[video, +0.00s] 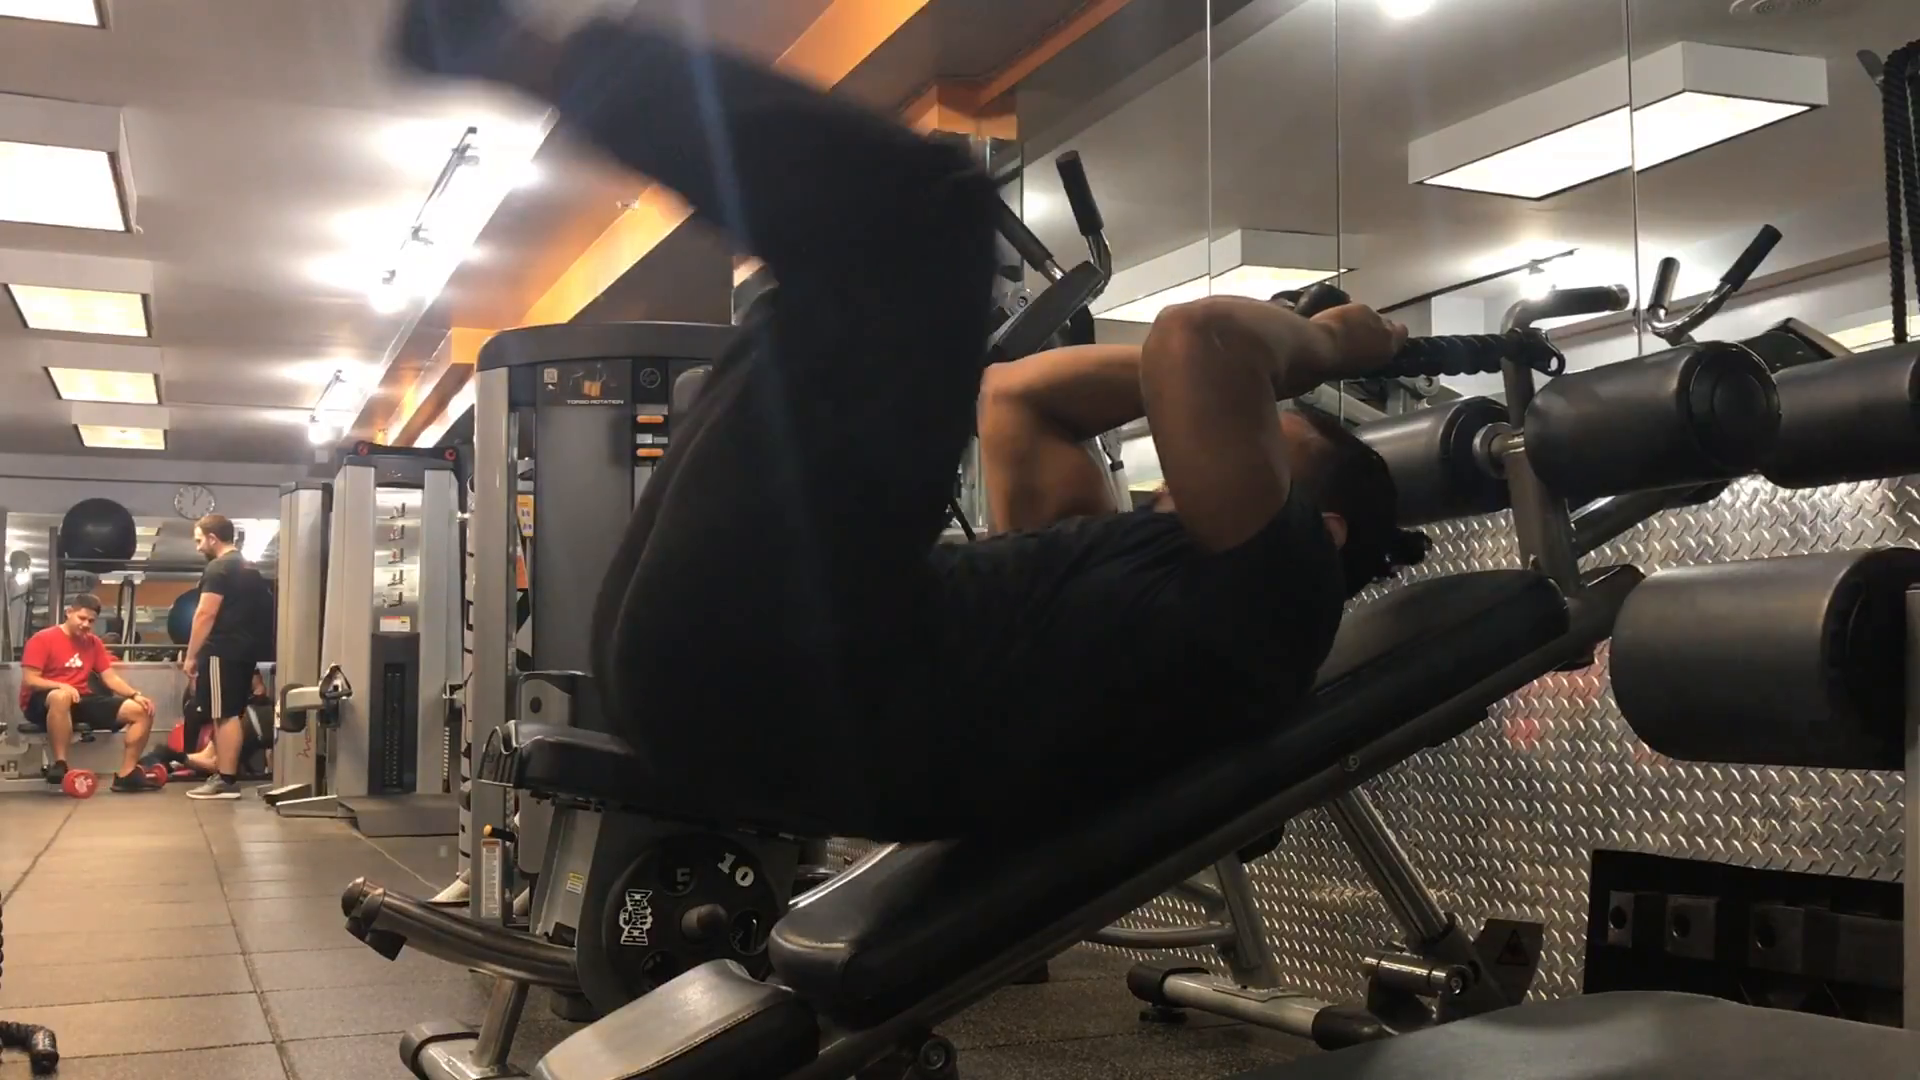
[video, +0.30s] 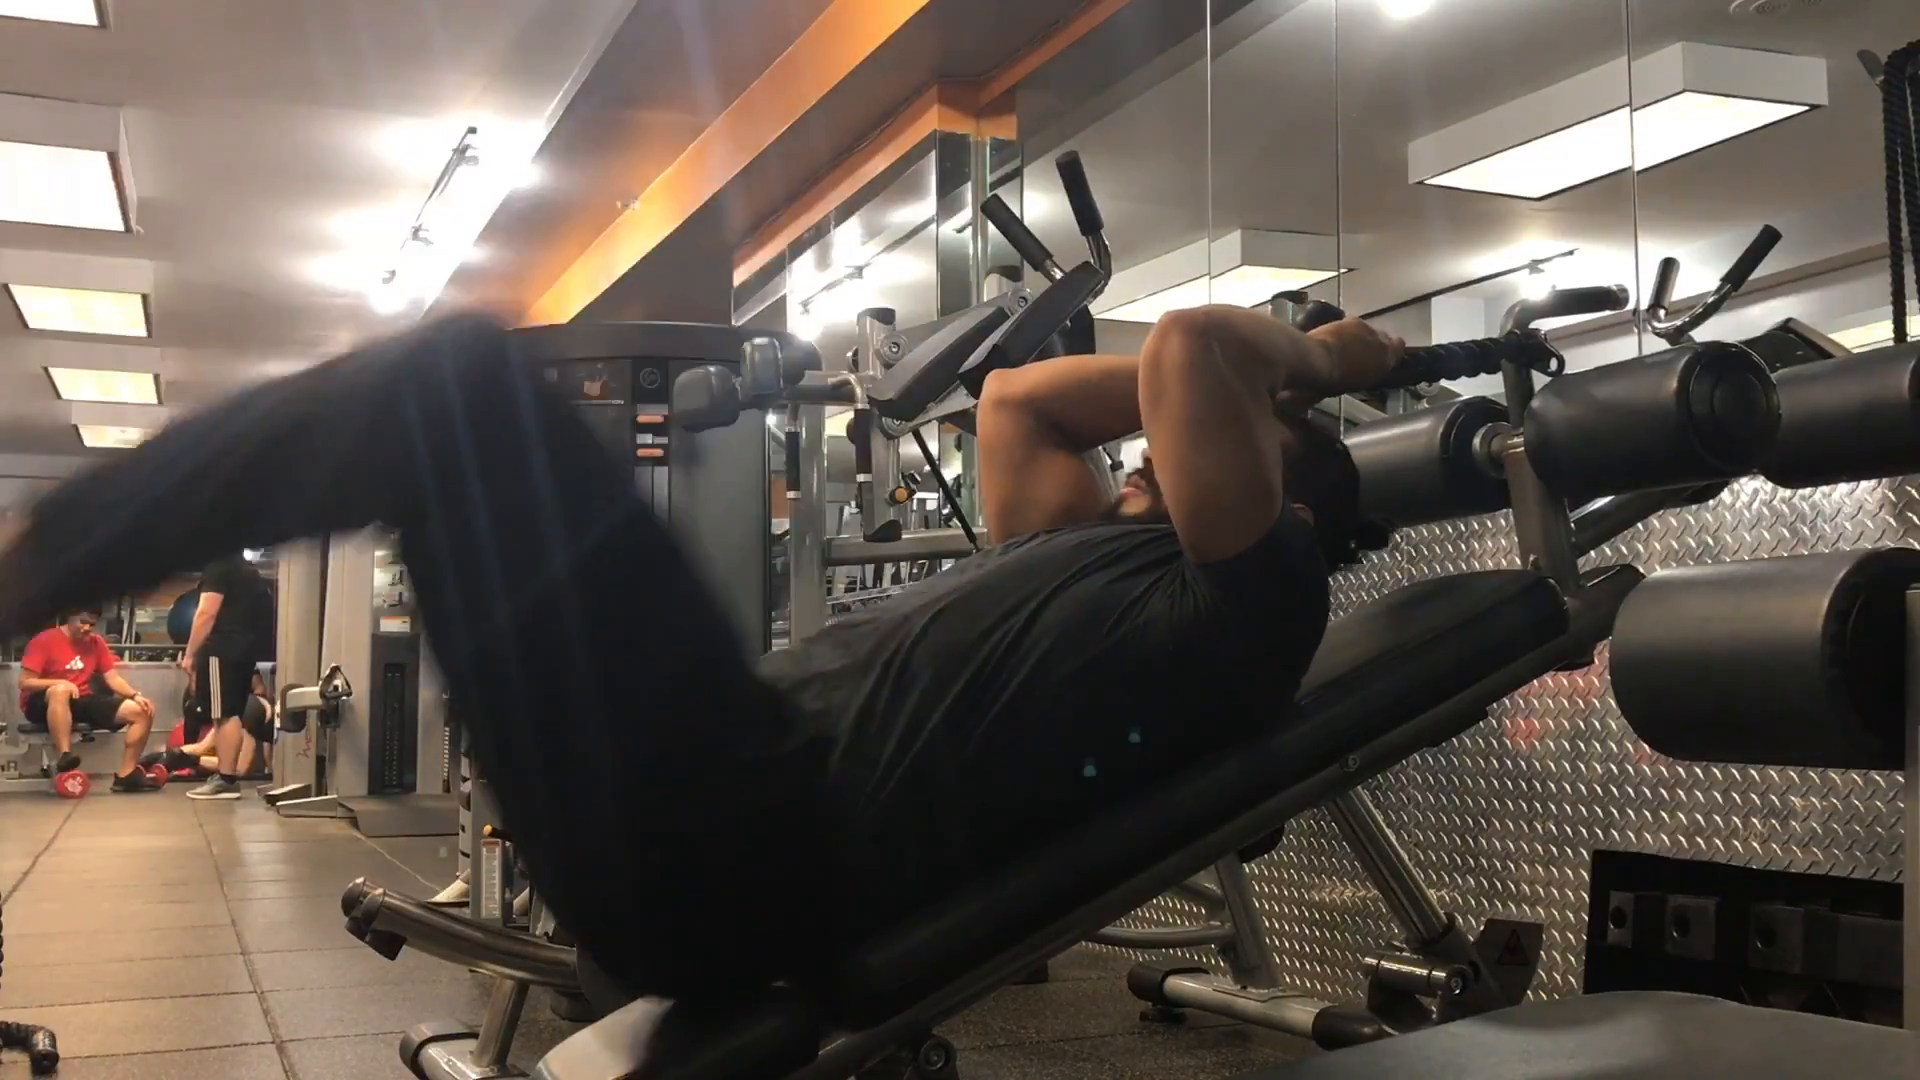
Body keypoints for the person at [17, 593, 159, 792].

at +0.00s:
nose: (85, 625)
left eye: (90, 621)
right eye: (82, 618)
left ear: (95, 621)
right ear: (68, 613)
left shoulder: (93, 643)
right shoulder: (43, 639)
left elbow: (110, 677)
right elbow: (30, 679)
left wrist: (135, 694)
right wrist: (62, 686)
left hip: (82, 702)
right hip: (42, 704)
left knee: (141, 711)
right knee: (60, 696)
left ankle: (127, 774)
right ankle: (60, 764)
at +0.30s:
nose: (87, 628)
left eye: (92, 624)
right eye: (83, 622)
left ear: (96, 624)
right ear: (69, 618)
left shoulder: (95, 642)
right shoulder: (44, 641)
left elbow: (113, 678)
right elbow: (25, 682)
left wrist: (135, 695)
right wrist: (62, 684)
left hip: (82, 702)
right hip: (42, 704)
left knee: (143, 712)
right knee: (61, 690)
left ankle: (126, 774)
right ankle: (64, 756)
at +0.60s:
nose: (88, 631)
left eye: (93, 626)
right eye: (83, 625)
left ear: (97, 625)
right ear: (71, 617)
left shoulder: (98, 642)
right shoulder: (45, 642)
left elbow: (113, 677)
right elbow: (28, 684)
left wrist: (136, 695)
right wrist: (65, 686)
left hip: (84, 702)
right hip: (43, 705)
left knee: (142, 712)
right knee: (63, 692)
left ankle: (126, 769)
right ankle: (65, 761)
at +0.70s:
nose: (88, 631)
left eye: (93, 626)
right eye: (83, 624)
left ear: (98, 625)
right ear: (71, 617)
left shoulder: (98, 642)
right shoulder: (45, 643)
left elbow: (113, 677)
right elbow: (28, 684)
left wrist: (136, 695)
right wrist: (62, 685)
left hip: (83, 703)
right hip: (43, 706)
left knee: (143, 712)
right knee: (63, 693)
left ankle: (126, 775)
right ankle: (68, 761)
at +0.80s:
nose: (88, 631)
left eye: (93, 627)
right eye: (83, 625)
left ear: (97, 625)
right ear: (71, 617)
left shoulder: (97, 641)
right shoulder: (44, 643)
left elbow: (113, 677)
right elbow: (28, 685)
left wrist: (136, 695)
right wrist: (63, 685)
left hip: (83, 703)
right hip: (43, 706)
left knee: (141, 713)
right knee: (64, 693)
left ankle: (127, 774)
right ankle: (70, 769)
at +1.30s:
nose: (87, 628)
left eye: (91, 623)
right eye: (82, 622)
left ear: (95, 622)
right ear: (67, 618)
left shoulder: (95, 641)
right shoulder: (44, 644)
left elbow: (111, 676)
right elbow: (28, 688)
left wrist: (134, 695)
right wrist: (65, 685)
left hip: (83, 703)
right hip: (44, 706)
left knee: (141, 713)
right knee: (68, 692)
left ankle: (125, 776)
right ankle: (71, 762)